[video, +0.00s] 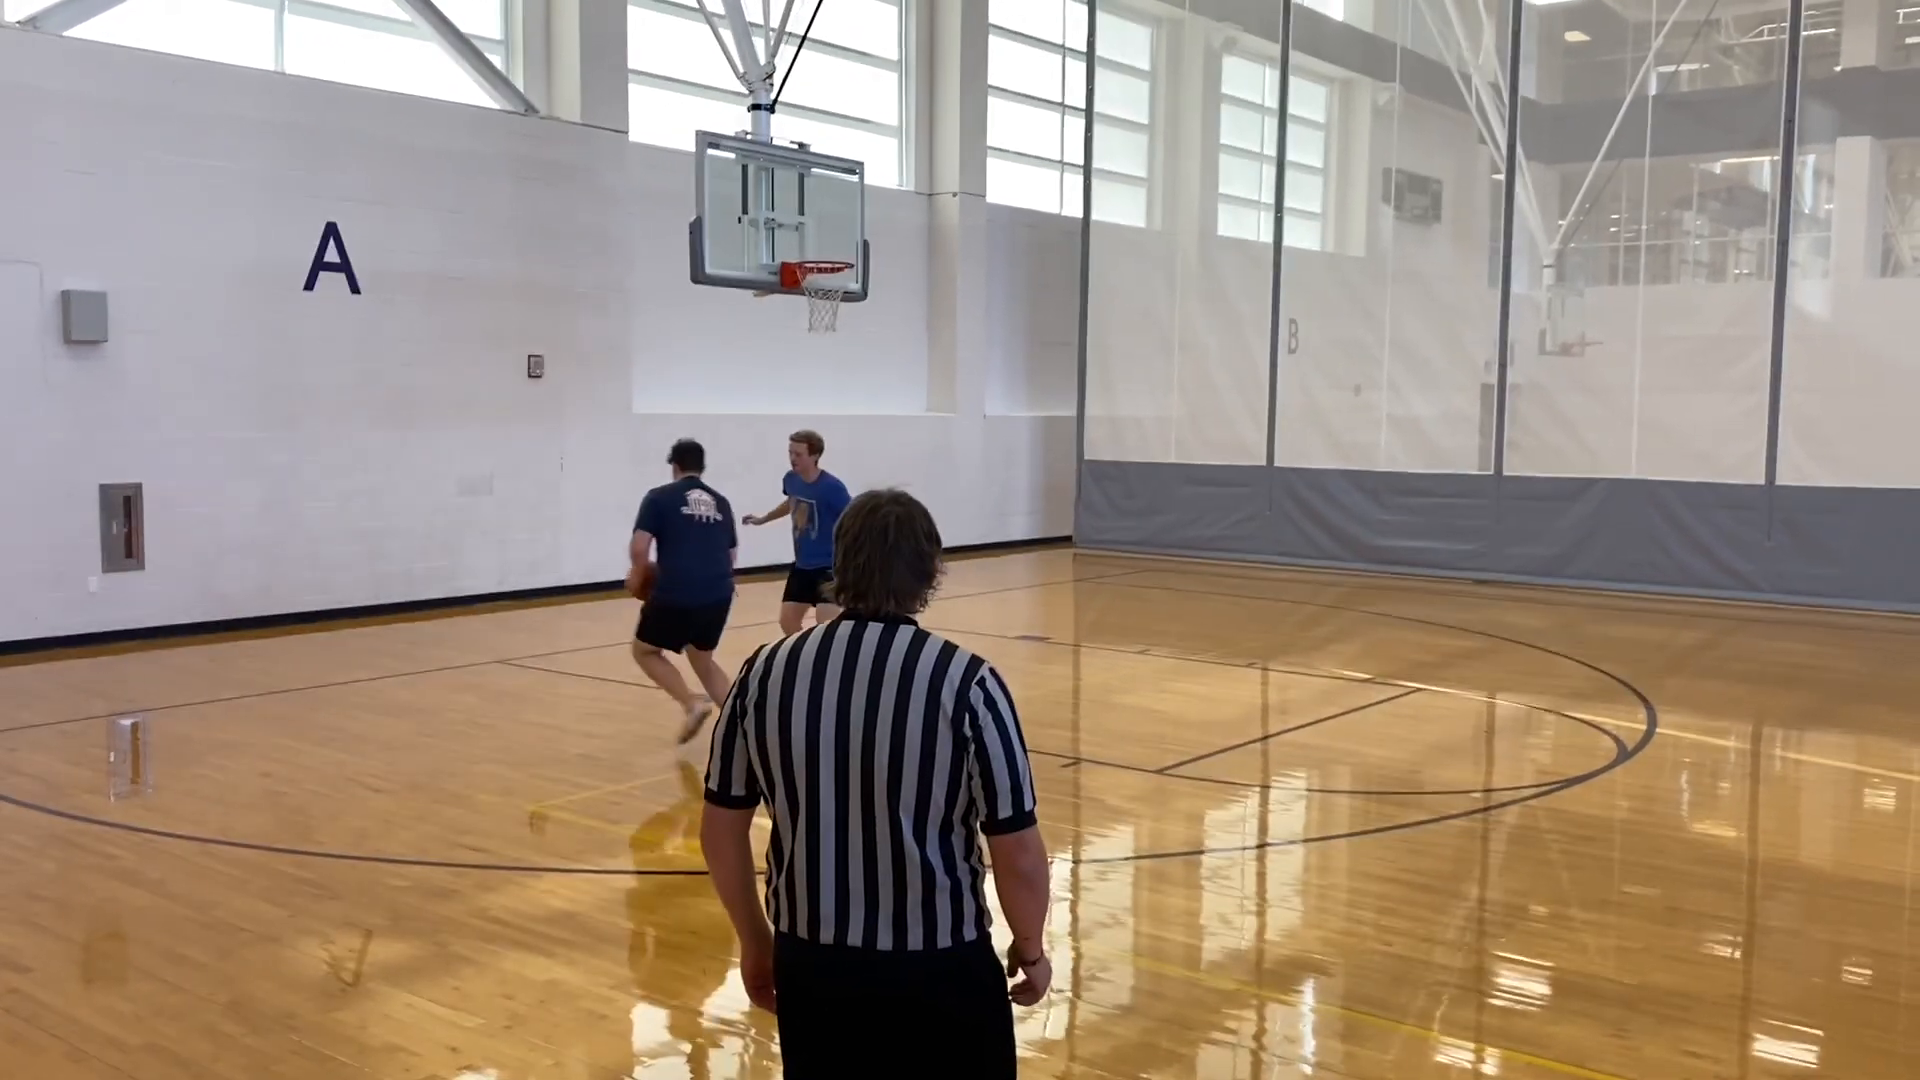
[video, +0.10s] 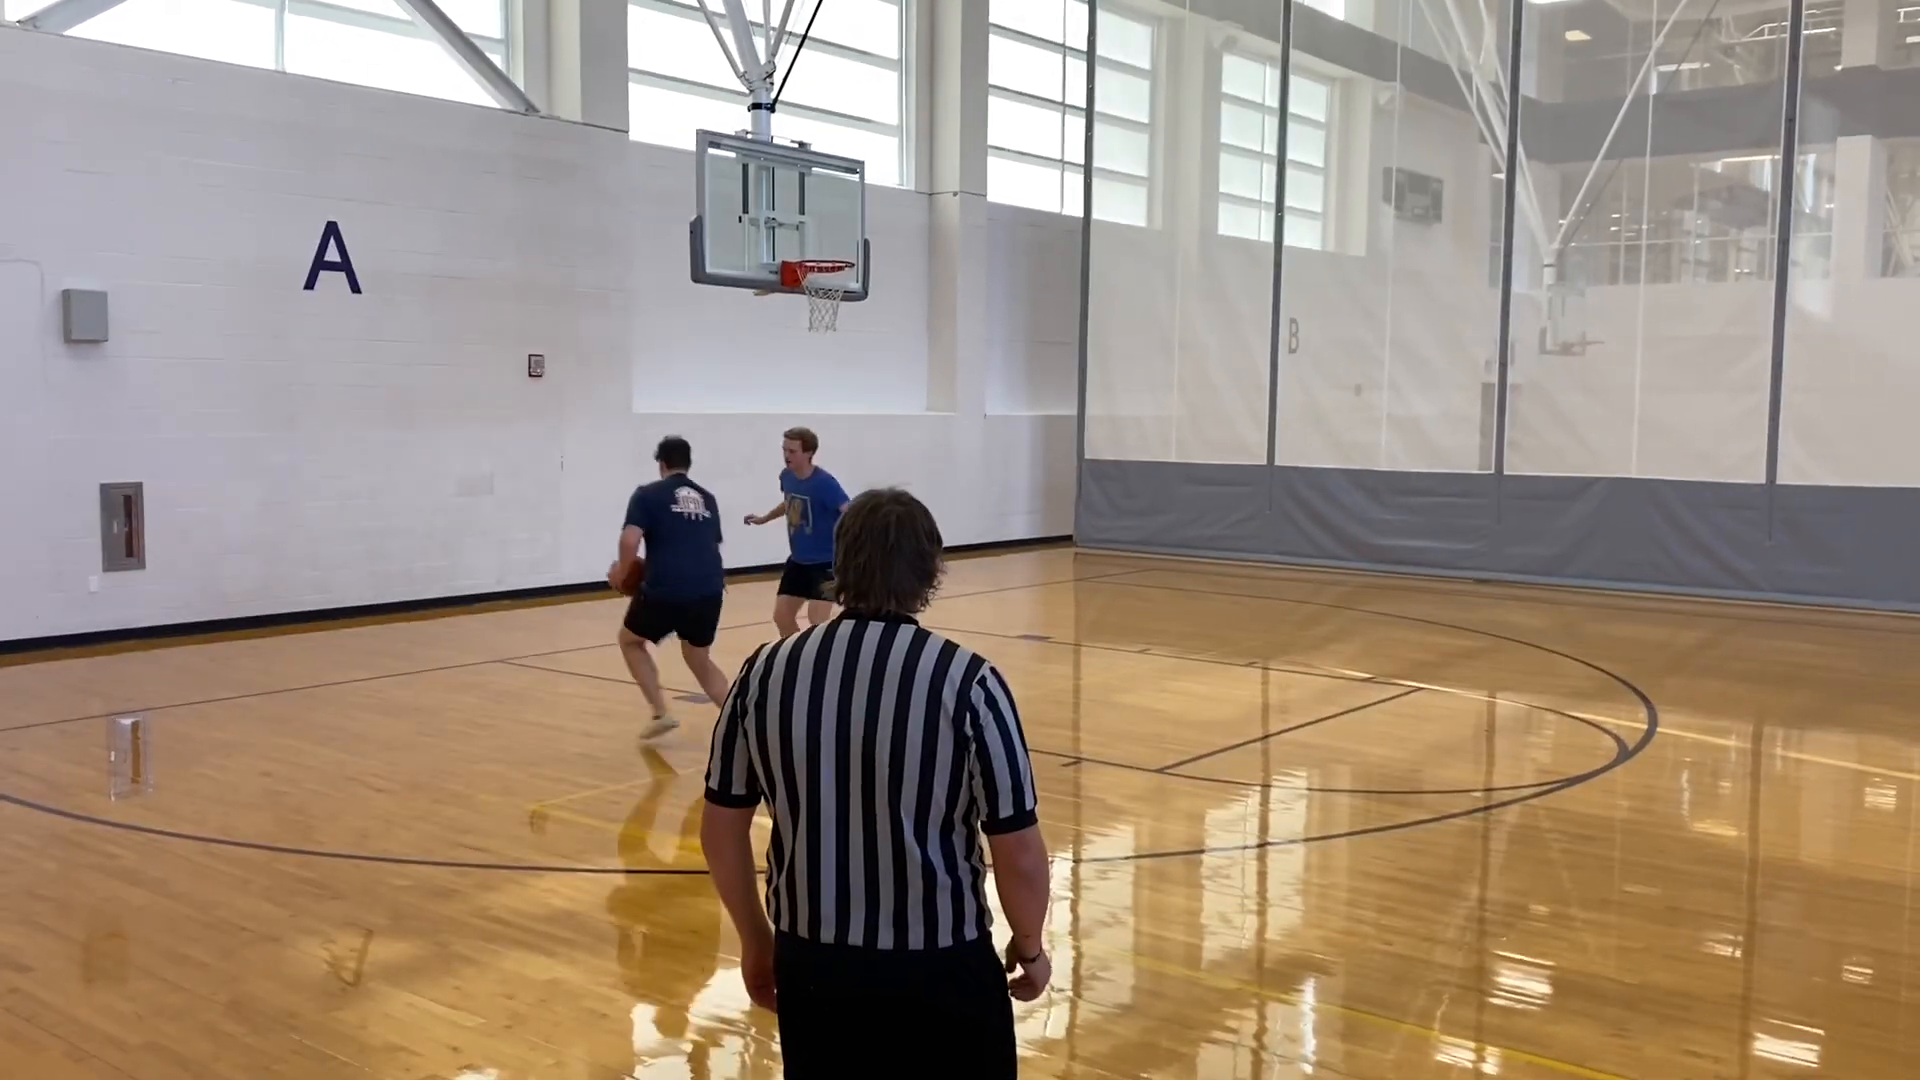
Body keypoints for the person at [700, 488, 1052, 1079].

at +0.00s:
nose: (940, 571)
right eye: (936, 558)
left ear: (841, 565)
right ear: (929, 570)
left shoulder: (764, 671)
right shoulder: (968, 682)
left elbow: (721, 830)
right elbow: (1018, 854)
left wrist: (754, 939)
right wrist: (1030, 946)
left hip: (812, 973)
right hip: (945, 975)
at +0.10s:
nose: (939, 570)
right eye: (935, 557)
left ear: (842, 564)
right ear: (930, 569)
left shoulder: (765, 670)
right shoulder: (969, 681)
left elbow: (721, 830)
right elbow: (1020, 854)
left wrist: (755, 939)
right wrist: (1029, 945)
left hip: (812, 973)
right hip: (946, 976)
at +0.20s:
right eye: (934, 557)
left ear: (842, 563)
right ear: (929, 569)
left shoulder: (766, 670)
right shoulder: (969, 681)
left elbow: (721, 830)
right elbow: (1020, 854)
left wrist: (755, 939)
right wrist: (1027, 942)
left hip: (813, 973)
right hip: (945, 975)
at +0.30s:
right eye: (934, 557)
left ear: (842, 564)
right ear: (930, 569)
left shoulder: (766, 669)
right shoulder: (970, 680)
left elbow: (721, 830)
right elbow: (1020, 854)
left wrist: (755, 938)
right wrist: (1026, 940)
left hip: (813, 972)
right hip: (946, 974)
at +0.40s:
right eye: (934, 556)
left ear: (840, 563)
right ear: (930, 569)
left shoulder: (766, 670)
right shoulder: (970, 680)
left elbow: (721, 829)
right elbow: (1020, 853)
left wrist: (756, 938)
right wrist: (1025, 940)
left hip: (813, 972)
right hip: (946, 975)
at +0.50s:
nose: (939, 570)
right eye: (935, 557)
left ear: (841, 564)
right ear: (931, 569)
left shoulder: (765, 671)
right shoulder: (970, 680)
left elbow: (721, 830)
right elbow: (1021, 853)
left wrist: (756, 937)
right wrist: (1024, 938)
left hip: (813, 973)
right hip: (947, 976)